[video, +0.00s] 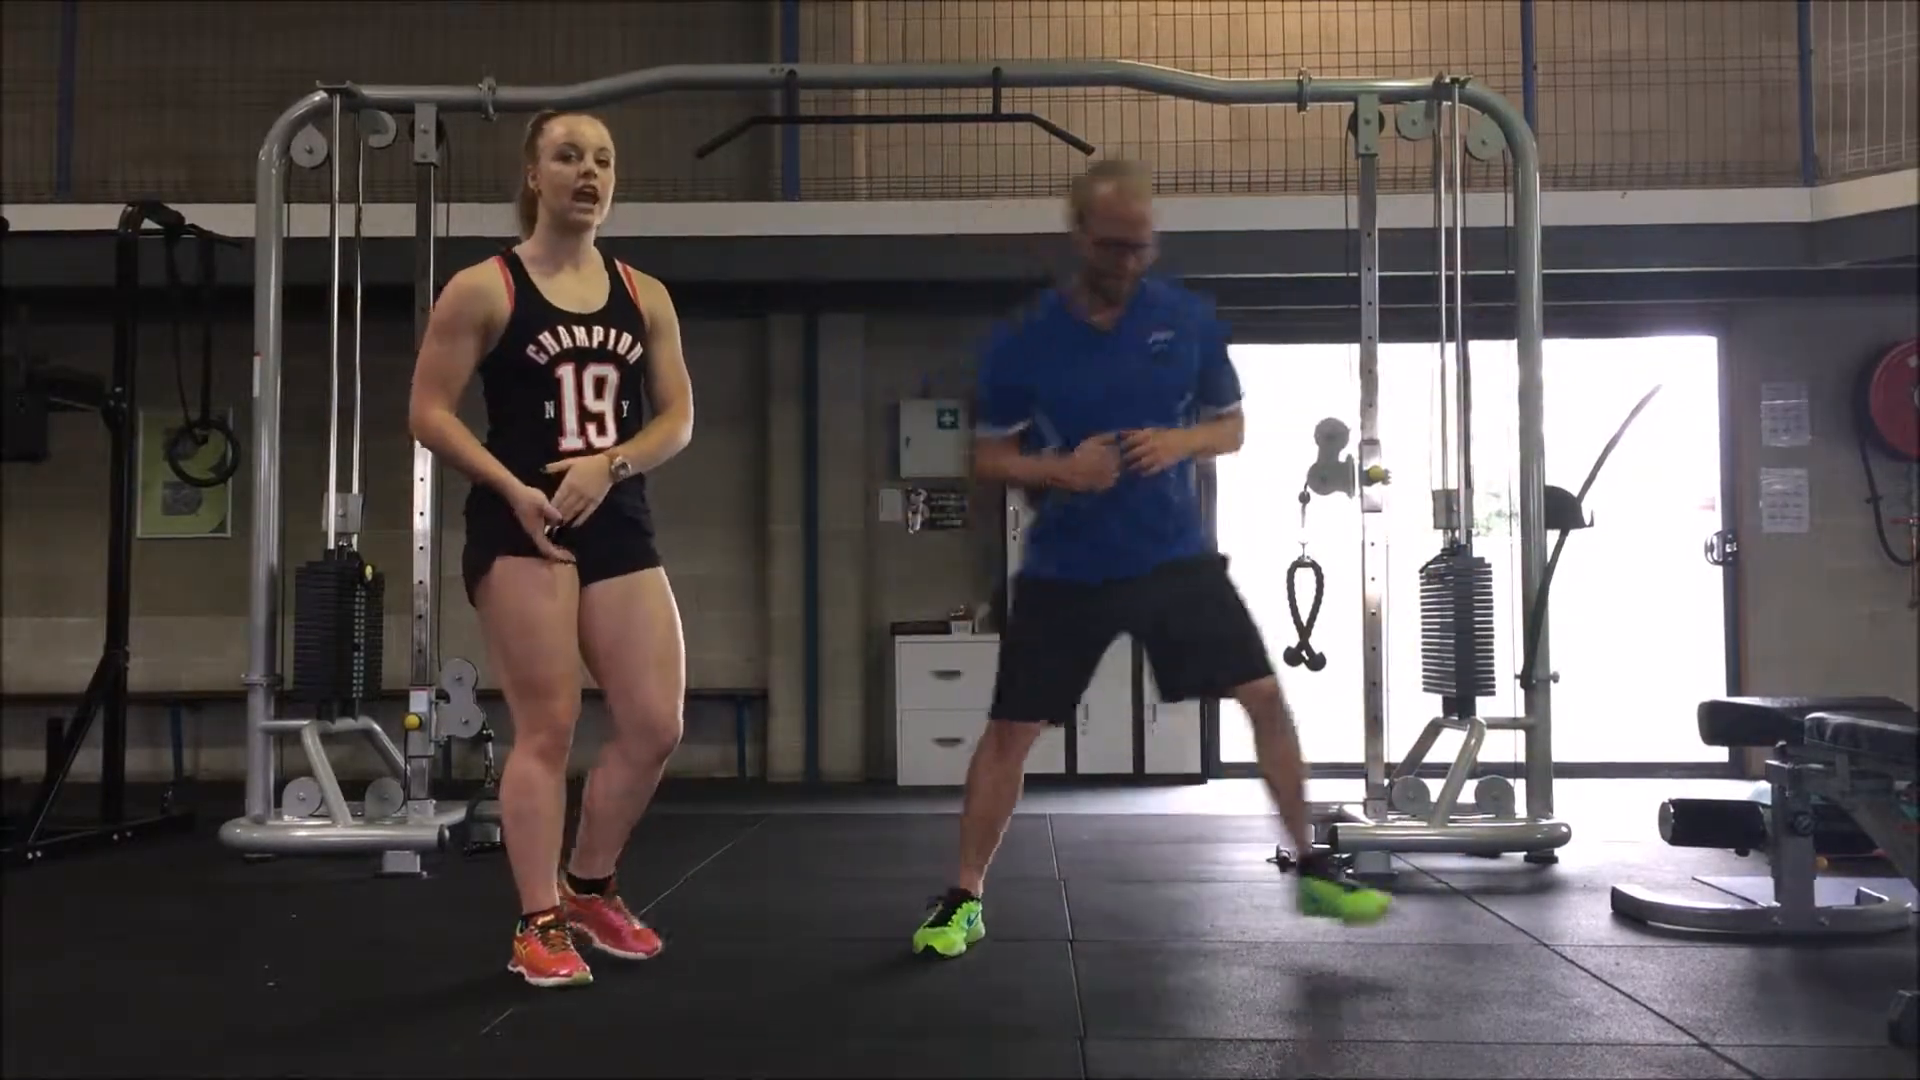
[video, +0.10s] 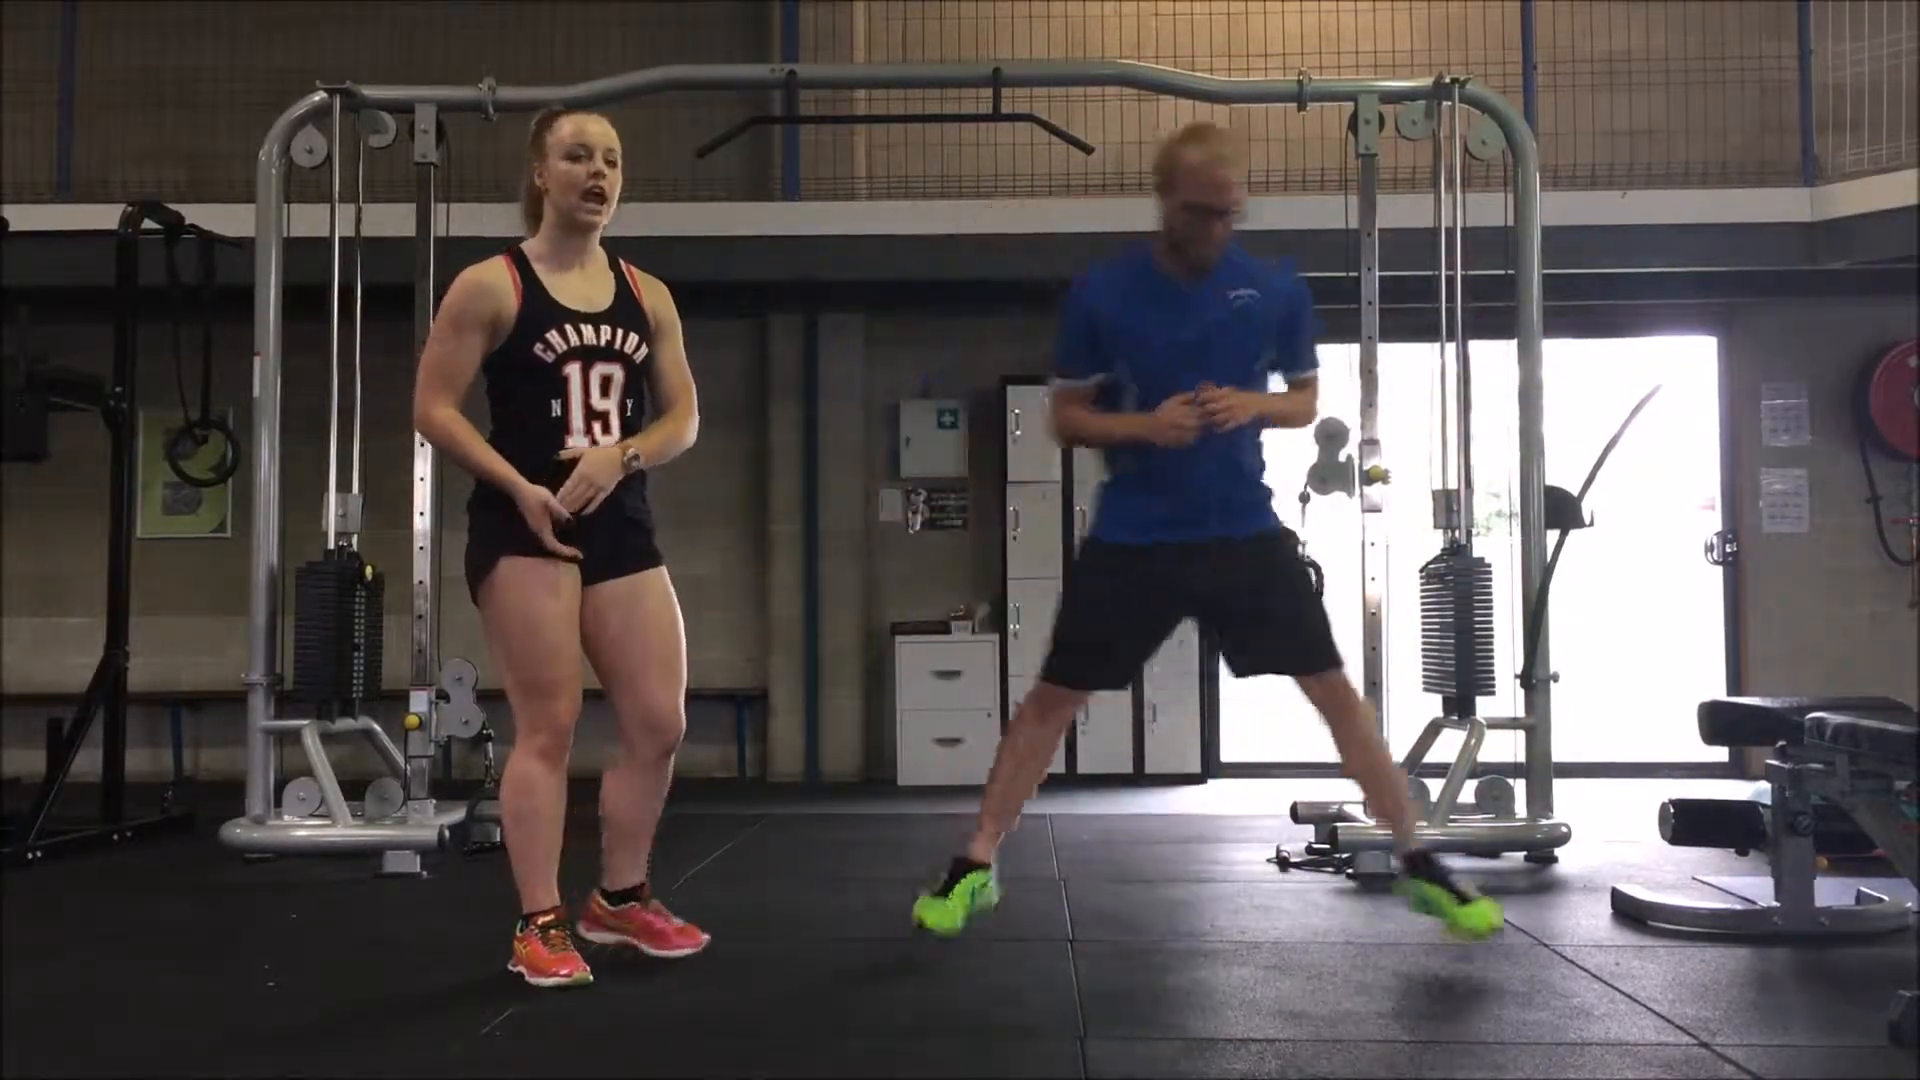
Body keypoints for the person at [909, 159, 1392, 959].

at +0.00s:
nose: (1128, 263)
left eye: (1141, 247)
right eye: (1112, 246)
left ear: (1155, 238)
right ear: (1077, 234)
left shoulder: (1188, 320)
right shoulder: (1024, 341)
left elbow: (1229, 429)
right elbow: (987, 456)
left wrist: (1178, 442)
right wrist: (1058, 469)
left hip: (1174, 563)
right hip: (1064, 572)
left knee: (1262, 694)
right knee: (1010, 729)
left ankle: (1307, 861)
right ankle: (964, 897)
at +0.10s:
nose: (1222, 230)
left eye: (1231, 213)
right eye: (1206, 214)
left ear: (1243, 203)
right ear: (1163, 206)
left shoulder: (1272, 287)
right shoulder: (1100, 295)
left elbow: (1304, 405)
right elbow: (1065, 418)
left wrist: (1257, 405)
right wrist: (1146, 425)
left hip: (1243, 537)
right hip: (1131, 541)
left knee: (1334, 690)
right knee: (1051, 699)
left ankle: (1416, 856)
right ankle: (976, 859)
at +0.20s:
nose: (1306, 240)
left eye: (1316, 223)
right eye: (1290, 224)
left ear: (1325, 212)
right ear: (1245, 213)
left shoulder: (1358, 297)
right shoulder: (1181, 299)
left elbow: (1382, 417)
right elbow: (1141, 428)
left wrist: (1331, 420)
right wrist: (1224, 433)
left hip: (1321, 546)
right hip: (1209, 543)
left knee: (1402, 710)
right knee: (1111, 691)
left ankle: (1469, 886)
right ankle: (1017, 838)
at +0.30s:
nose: (1368, 271)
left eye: (1381, 255)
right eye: (1352, 254)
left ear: (1394, 245)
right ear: (1310, 239)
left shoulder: (1423, 330)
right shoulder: (1249, 332)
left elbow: (1452, 448)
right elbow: (1209, 458)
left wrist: (1400, 452)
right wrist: (1289, 462)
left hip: (1378, 573)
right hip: (1267, 574)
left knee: (1454, 721)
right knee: (1177, 715)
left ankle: (1472, 903)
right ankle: (1101, 835)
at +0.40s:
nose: (1408, 278)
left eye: (1422, 263)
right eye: (1394, 261)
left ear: (1436, 254)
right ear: (1351, 245)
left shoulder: (1462, 339)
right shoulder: (1289, 337)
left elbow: (1488, 455)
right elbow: (1251, 468)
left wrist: (1441, 462)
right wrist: (1334, 471)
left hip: (1417, 577)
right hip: (1307, 577)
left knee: (1467, 728)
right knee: (1242, 732)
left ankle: (1472, 905)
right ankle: (1194, 846)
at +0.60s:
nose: (1425, 249)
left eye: (1439, 233)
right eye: (1409, 231)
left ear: (1454, 229)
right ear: (1370, 220)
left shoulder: (1495, 321)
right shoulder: (1316, 327)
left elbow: (1524, 433)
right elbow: (1282, 460)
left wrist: (1472, 438)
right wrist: (1364, 452)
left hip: (1447, 566)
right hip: (1342, 569)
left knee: (1473, 725)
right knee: (1325, 737)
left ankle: (1471, 904)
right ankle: (1322, 848)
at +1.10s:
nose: (1304, 247)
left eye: (1319, 233)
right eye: (1290, 233)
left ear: (1348, 236)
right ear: (1269, 237)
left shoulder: (1410, 333)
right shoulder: (1236, 342)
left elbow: (1452, 446)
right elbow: (1199, 471)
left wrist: (1358, 434)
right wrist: (1261, 448)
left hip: (1385, 568)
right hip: (1276, 569)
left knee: (1450, 733)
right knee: (1217, 712)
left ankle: (1471, 905)